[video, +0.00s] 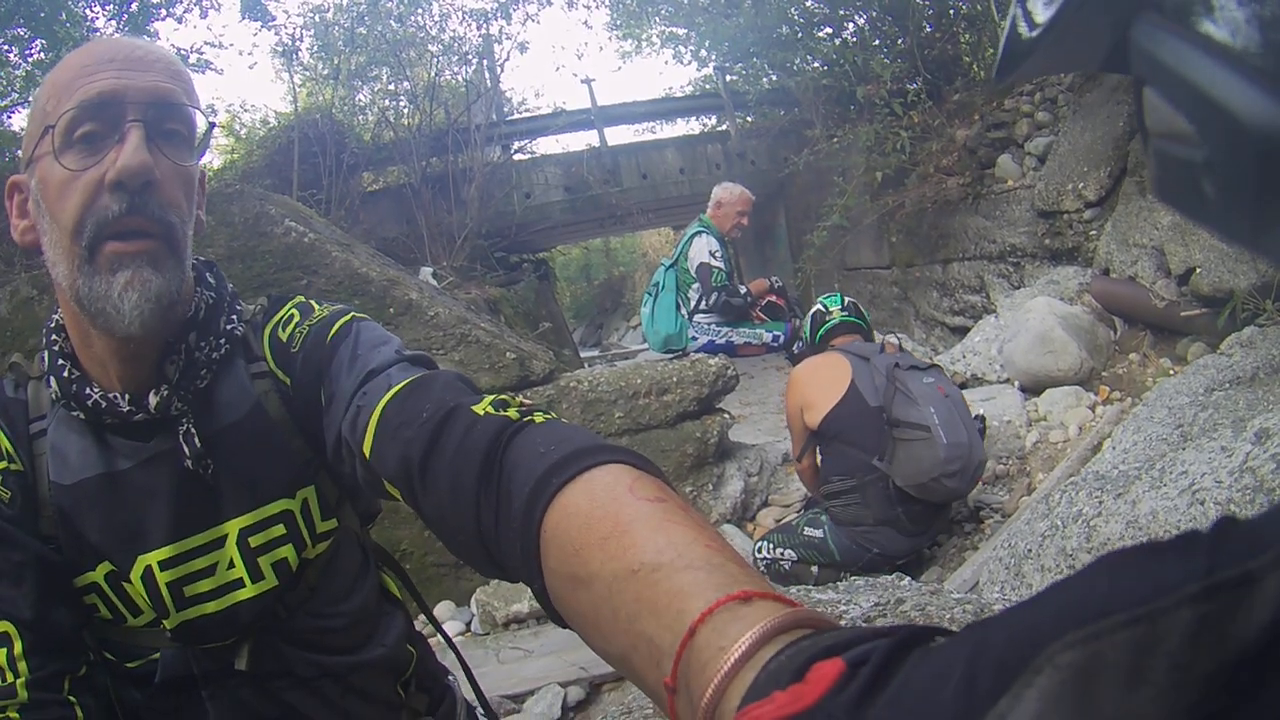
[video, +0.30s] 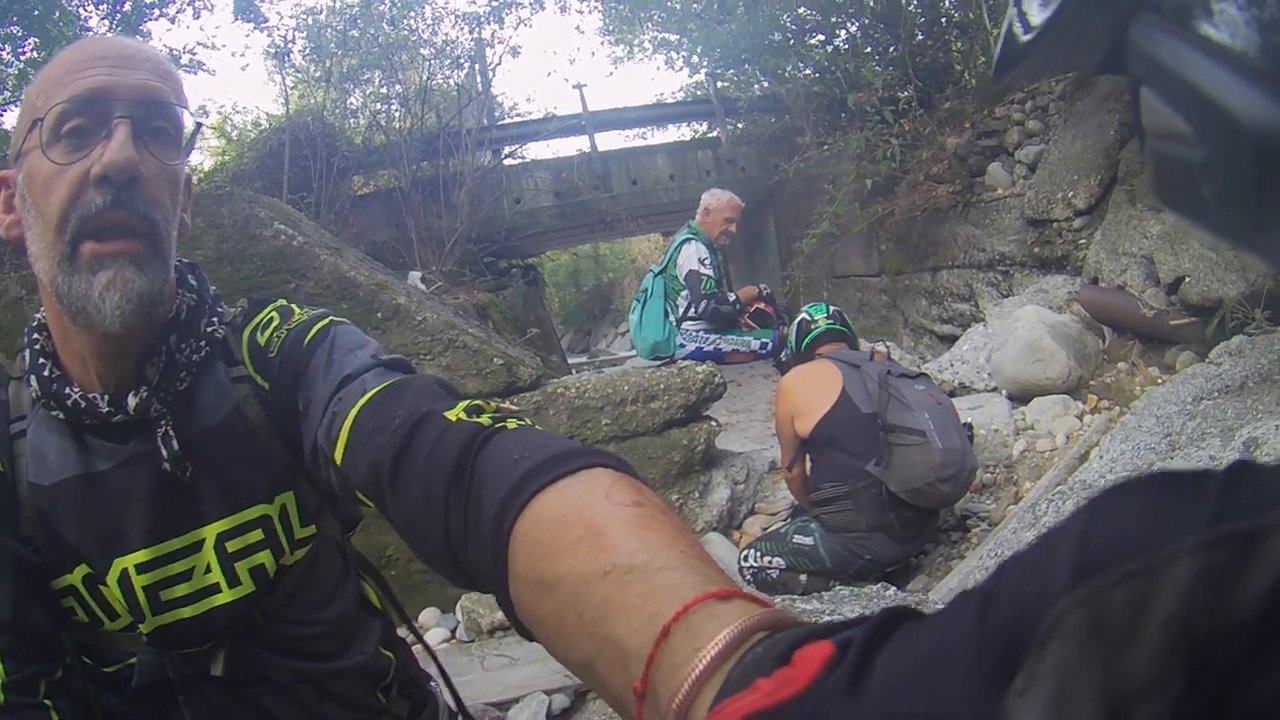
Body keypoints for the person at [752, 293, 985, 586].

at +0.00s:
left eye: (803, 338)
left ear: (812, 339)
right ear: (866, 330)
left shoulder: (805, 375)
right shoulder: (897, 357)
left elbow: (805, 464)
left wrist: (830, 503)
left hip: (873, 535)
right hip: (931, 518)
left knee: (766, 550)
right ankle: (908, 560)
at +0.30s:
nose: (787, 354)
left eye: (789, 347)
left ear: (798, 346)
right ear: (849, 337)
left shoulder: (795, 383)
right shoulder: (881, 363)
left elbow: (793, 472)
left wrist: (815, 511)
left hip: (865, 541)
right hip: (921, 522)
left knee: (752, 559)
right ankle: (897, 566)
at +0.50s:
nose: (721, 366)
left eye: (724, 357)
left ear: (732, 353)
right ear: (787, 343)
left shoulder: (731, 390)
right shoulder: (821, 366)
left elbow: (734, 477)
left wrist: (759, 516)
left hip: (807, 545)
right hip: (864, 528)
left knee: (694, 561)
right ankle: (835, 574)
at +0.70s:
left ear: (626, 258)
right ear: (685, 236)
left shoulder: (625, 292)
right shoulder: (718, 265)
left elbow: (631, 376)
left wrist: (655, 414)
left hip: (709, 449)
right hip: (768, 428)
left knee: (599, 466)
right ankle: (750, 468)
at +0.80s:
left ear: (642, 262)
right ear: (704, 244)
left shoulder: (639, 296)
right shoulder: (735, 270)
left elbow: (646, 385)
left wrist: (669, 419)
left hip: (718, 459)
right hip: (778, 437)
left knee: (609, 474)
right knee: (659, 430)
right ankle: (753, 477)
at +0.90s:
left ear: (654, 257)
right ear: (714, 240)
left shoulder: (650, 293)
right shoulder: (746, 264)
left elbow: (660, 383)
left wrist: (678, 418)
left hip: (730, 453)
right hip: (790, 432)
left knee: (627, 471)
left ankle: (727, 499)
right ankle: (770, 476)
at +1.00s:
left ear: (652, 231)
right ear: (711, 214)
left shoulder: (646, 266)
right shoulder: (745, 240)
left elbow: (654, 356)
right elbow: (819, 303)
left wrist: (674, 394)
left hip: (721, 425)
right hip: (784, 408)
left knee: (621, 448)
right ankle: (768, 449)